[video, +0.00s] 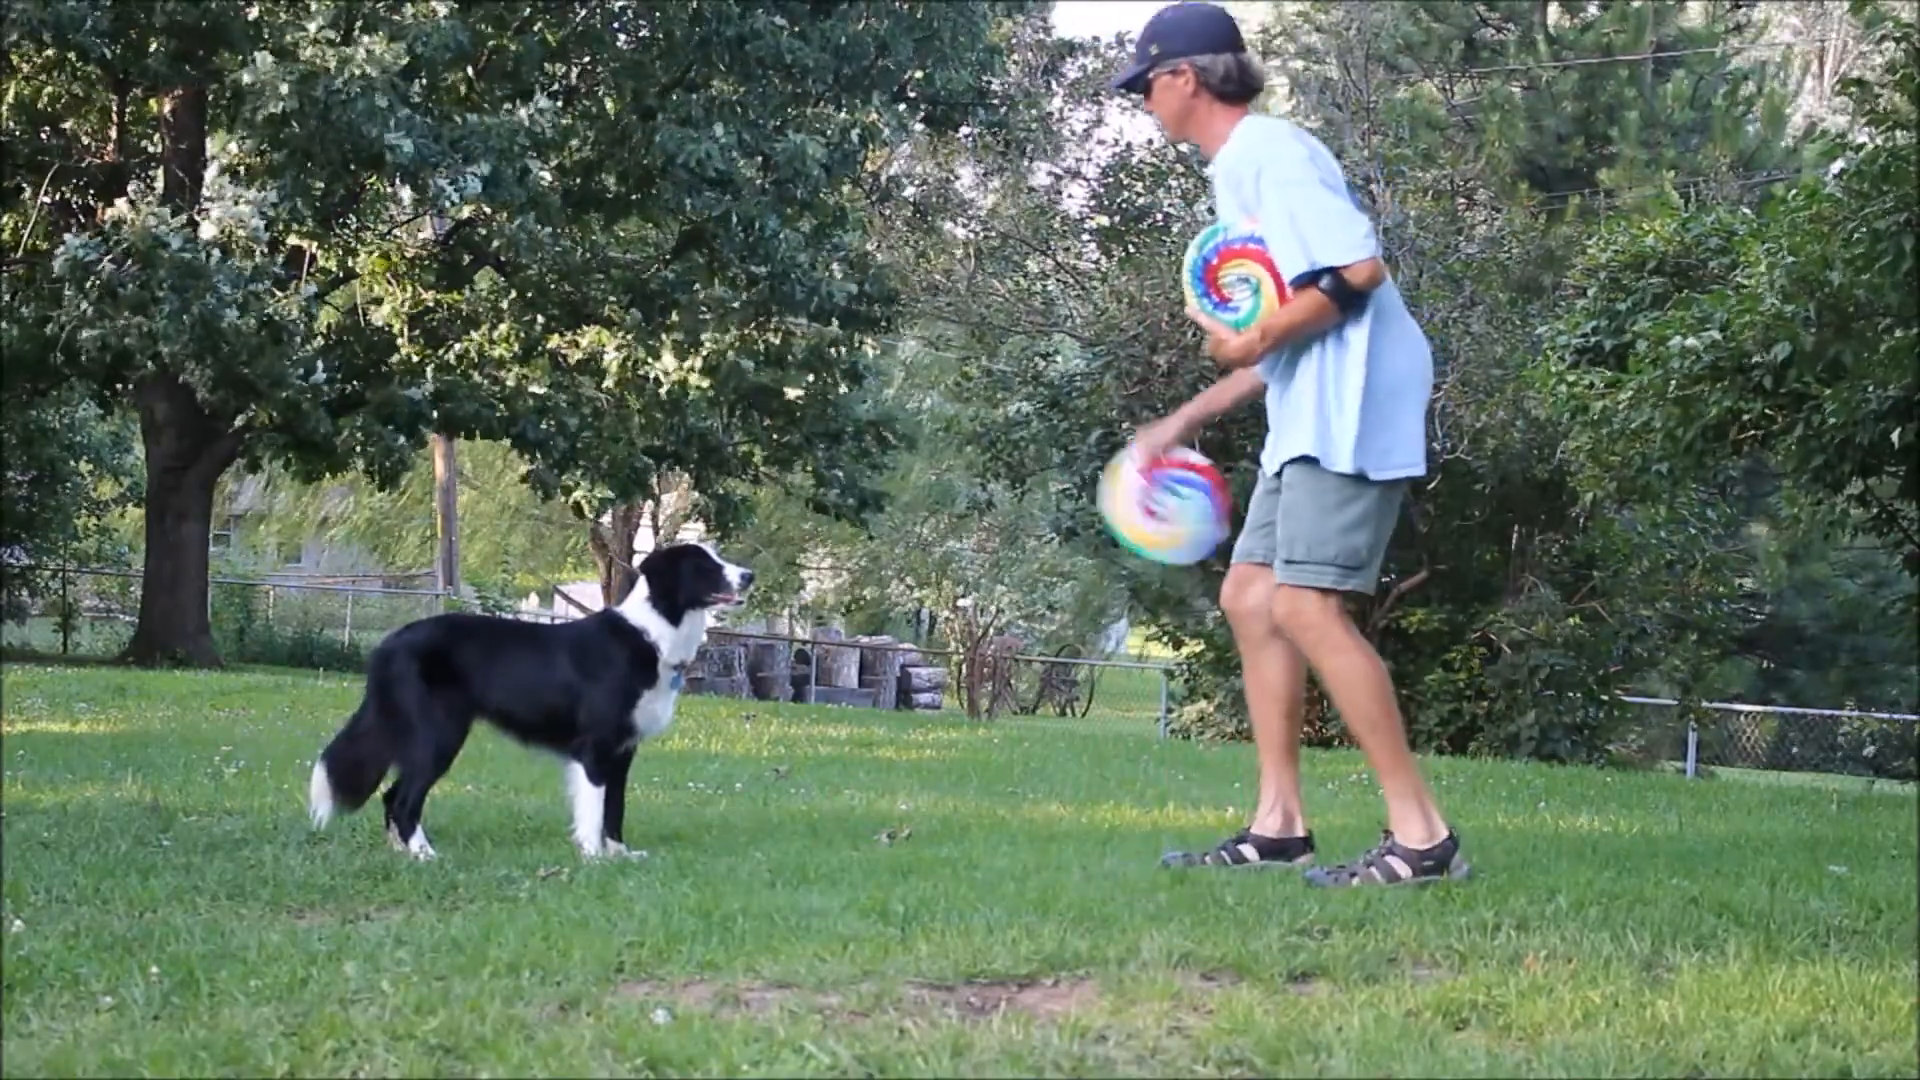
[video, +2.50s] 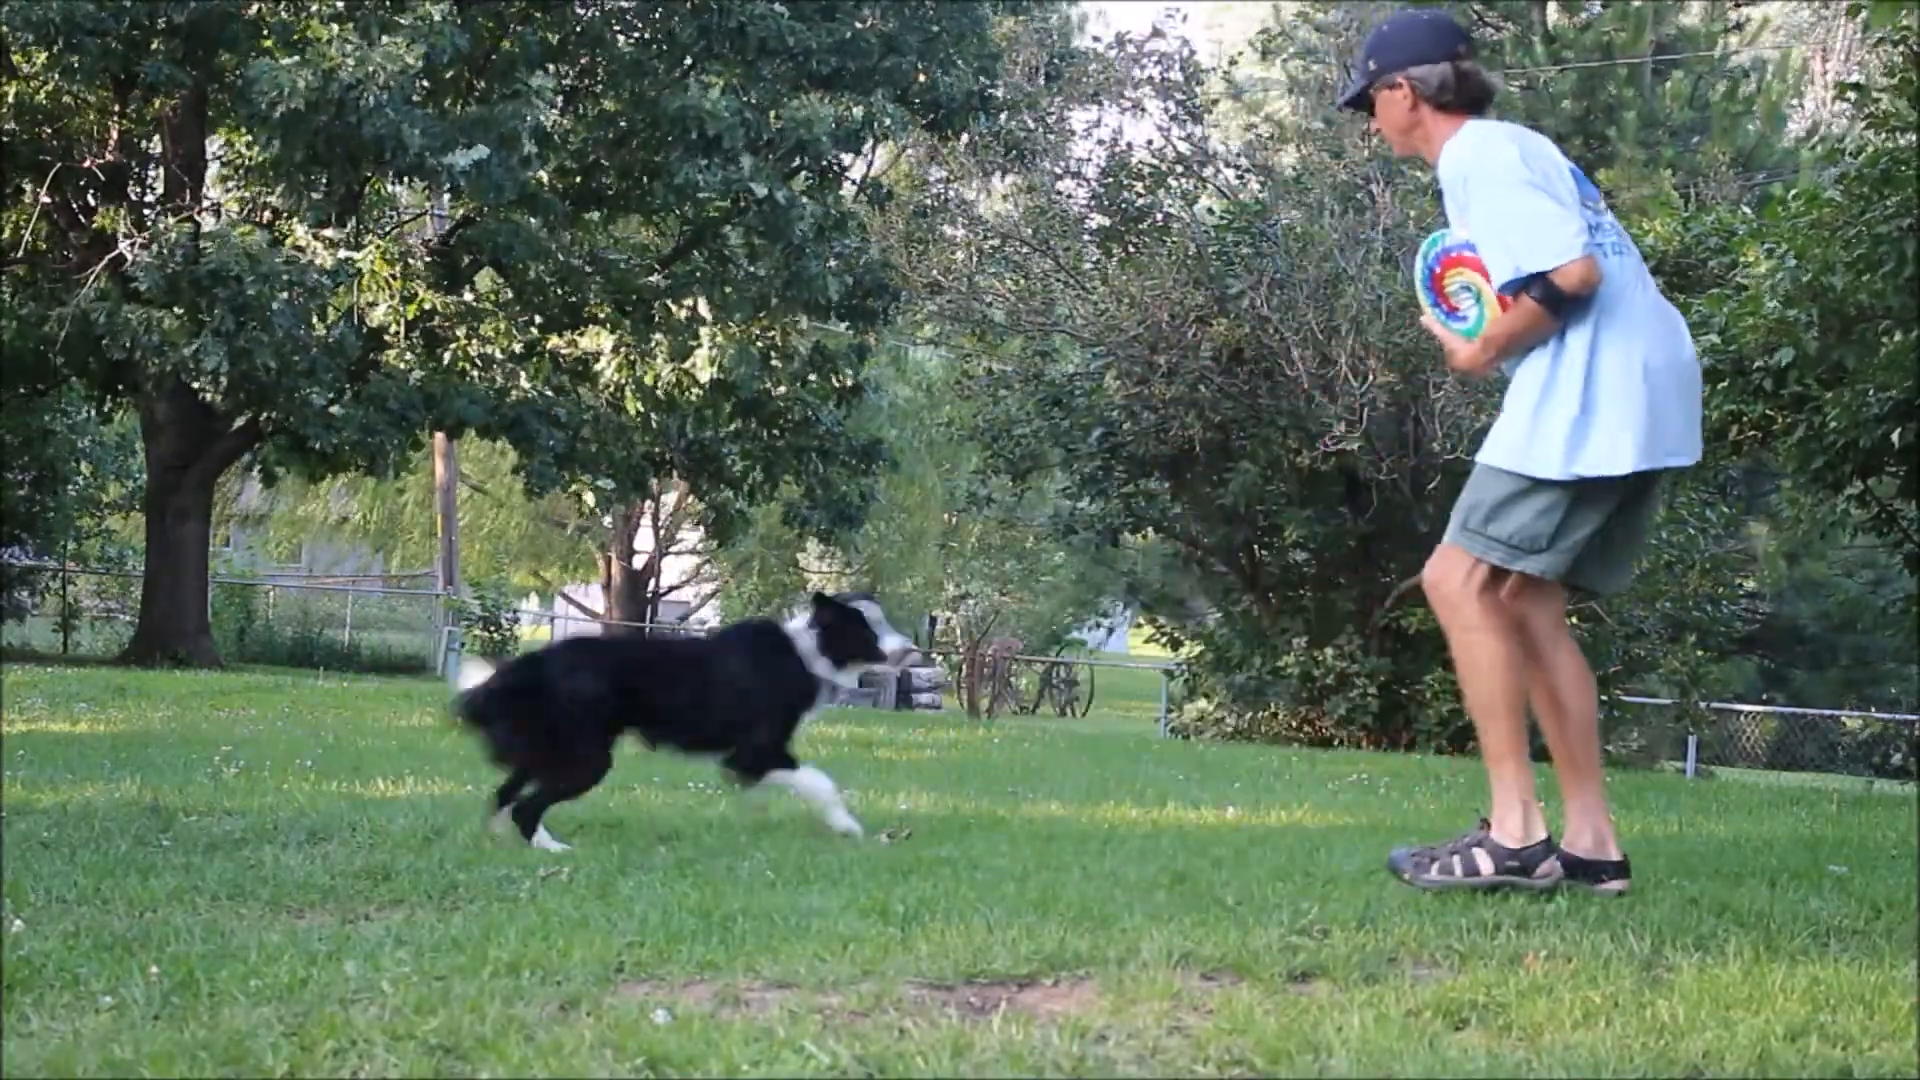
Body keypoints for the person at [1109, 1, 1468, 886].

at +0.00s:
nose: (1144, 105)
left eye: (1148, 87)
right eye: (1142, 90)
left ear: (1186, 77)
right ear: (1190, 79)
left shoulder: (1270, 150)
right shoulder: (1236, 173)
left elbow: (1356, 270)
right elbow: (1275, 345)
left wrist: (1254, 338)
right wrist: (1183, 421)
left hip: (1358, 412)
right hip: (1312, 413)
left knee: (1305, 604)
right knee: (1249, 598)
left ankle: (1421, 836)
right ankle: (1278, 826)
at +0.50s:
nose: (1107, 161)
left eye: (1109, 142)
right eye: (1104, 146)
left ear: (1148, 131)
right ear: (1153, 132)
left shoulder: (1233, 183)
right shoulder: (1216, 201)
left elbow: (1341, 276)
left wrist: (1258, 366)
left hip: (1350, 421)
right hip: (1320, 422)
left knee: (1257, 606)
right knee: (1236, 606)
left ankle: (1334, 841)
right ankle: (1277, 826)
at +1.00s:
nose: (1122, 129)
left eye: (1127, 109)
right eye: (1119, 112)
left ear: (1170, 100)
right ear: (1172, 101)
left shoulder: (1252, 170)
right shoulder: (1230, 185)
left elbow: (1354, 288)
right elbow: (1313, 333)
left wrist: (1252, 363)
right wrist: (1241, 433)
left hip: (1355, 415)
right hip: (1324, 416)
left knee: (1259, 605)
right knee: (1229, 599)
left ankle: (1335, 844)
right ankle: (1285, 830)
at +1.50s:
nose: (1160, 164)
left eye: (1167, 143)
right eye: (1156, 148)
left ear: (1220, 128)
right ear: (1218, 135)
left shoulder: (1310, 198)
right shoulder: (1260, 232)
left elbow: (1415, 315)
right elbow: (1283, 397)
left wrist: (1316, 384)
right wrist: (1156, 425)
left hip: (1382, 443)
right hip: (1351, 444)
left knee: (1243, 604)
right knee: (1299, 623)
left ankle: (1293, 825)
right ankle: (1362, 826)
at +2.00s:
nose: (1289, 109)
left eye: (1292, 90)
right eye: (1287, 92)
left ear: (1328, 86)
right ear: (1354, 85)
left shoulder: (1408, 159)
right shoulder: (1397, 167)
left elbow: (1504, 289)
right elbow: (1460, 321)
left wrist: (1401, 359)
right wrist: (1366, 410)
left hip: (1518, 404)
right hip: (1496, 404)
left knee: (1419, 600)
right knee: (1399, 598)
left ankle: (1472, 849)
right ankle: (1347, 819)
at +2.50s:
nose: (1373, 124)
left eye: (1372, 104)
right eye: (1368, 108)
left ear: (1407, 92)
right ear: (1434, 88)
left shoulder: (1478, 155)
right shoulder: (1521, 148)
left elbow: (1572, 274)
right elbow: (1582, 273)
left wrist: (1483, 348)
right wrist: (1495, 331)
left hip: (1591, 398)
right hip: (1644, 401)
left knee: (1456, 580)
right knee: (1531, 607)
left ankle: (1512, 834)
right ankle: (1591, 842)